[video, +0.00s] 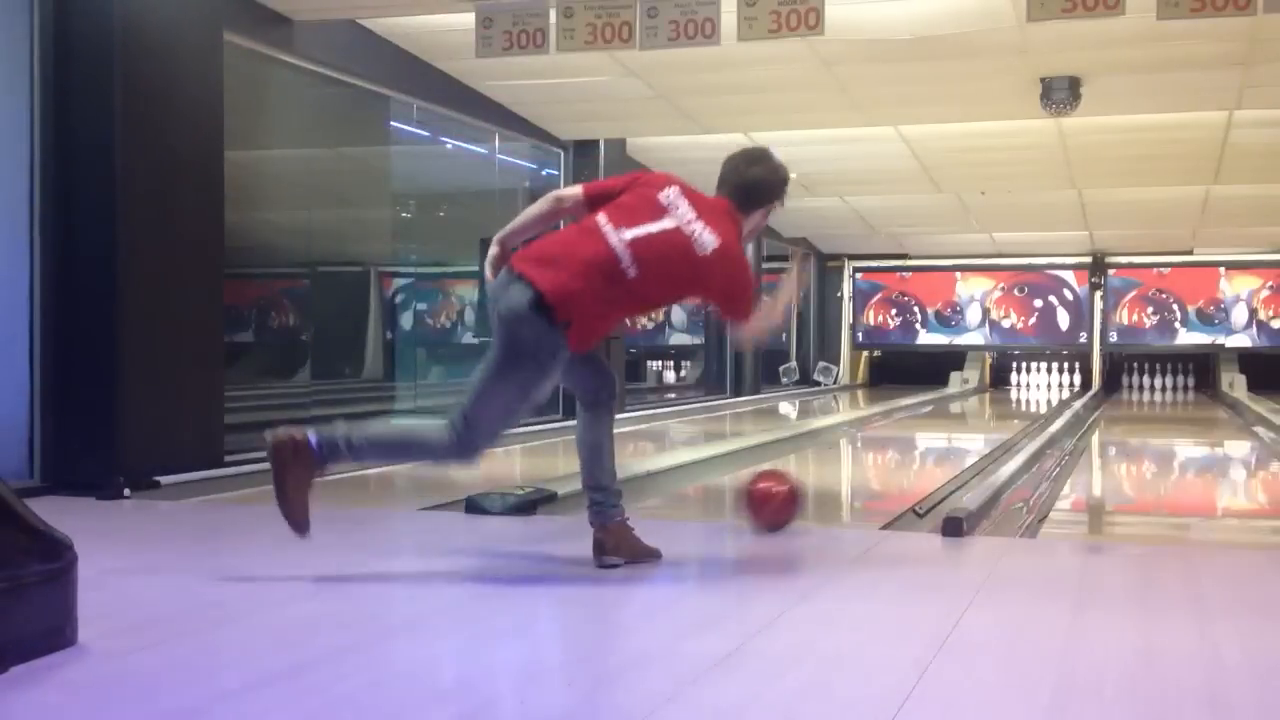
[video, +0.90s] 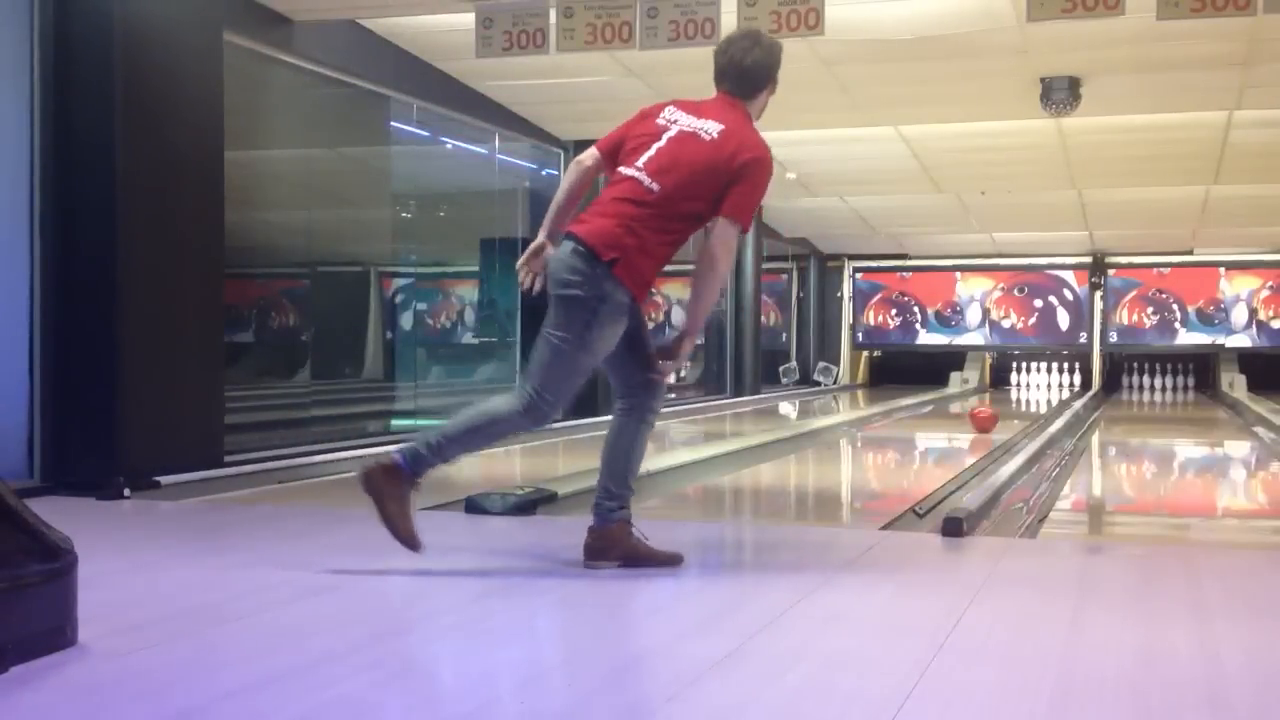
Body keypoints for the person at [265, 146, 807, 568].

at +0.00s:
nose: (772, 218)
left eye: (772, 207)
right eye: (774, 208)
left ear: (726, 184)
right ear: (762, 208)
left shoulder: (661, 184)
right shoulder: (727, 256)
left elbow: (563, 199)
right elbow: (755, 329)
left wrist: (503, 238)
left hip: (513, 286)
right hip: (543, 321)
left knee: (596, 385)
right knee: (464, 440)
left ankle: (610, 528)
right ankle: (311, 452)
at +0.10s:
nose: (778, 196)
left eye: (775, 183)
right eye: (779, 188)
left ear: (729, 161)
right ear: (767, 185)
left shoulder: (667, 165)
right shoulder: (735, 224)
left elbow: (571, 181)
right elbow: (781, 272)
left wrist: (506, 233)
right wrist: (809, 200)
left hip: (524, 259)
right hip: (552, 289)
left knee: (592, 387)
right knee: (453, 402)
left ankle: (605, 528)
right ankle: (310, 439)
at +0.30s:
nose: (783, 156)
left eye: (783, 146)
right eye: (785, 147)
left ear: (733, 123)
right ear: (775, 144)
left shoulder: (676, 139)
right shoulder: (748, 186)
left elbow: (580, 172)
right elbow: (795, 259)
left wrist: (532, 234)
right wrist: (816, 218)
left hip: (553, 257)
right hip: (560, 269)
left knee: (602, 391)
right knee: (483, 391)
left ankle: (607, 532)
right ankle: (349, 463)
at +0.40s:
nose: (781, 144)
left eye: (779, 130)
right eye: (782, 134)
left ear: (728, 113)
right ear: (775, 134)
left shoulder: (673, 136)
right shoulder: (749, 185)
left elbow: (580, 183)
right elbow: (787, 291)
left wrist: (562, 242)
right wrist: (799, 290)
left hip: (562, 263)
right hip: (567, 272)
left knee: (604, 390)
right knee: (492, 396)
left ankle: (608, 531)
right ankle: (362, 475)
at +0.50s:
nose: (774, 137)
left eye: (772, 127)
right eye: (778, 128)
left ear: (724, 110)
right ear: (771, 128)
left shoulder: (667, 134)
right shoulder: (748, 186)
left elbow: (581, 187)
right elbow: (754, 292)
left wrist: (590, 264)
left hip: (562, 263)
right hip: (574, 275)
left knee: (608, 391)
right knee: (496, 400)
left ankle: (608, 531)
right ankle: (367, 476)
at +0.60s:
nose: (774, 132)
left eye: (770, 122)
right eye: (777, 123)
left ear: (722, 106)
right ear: (770, 124)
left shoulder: (666, 132)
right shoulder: (748, 182)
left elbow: (582, 182)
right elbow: (723, 281)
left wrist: (561, 249)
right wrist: (718, 380)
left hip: (562, 262)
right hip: (579, 275)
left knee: (613, 392)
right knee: (499, 401)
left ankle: (609, 531)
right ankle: (367, 476)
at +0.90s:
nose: (772, 94)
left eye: (768, 84)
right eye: (774, 86)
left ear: (719, 76)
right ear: (769, 88)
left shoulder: (666, 111)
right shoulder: (753, 153)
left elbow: (585, 164)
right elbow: (718, 242)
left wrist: (544, 238)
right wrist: (689, 335)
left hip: (577, 255)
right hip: (601, 273)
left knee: (641, 394)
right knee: (537, 403)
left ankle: (609, 530)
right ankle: (399, 472)